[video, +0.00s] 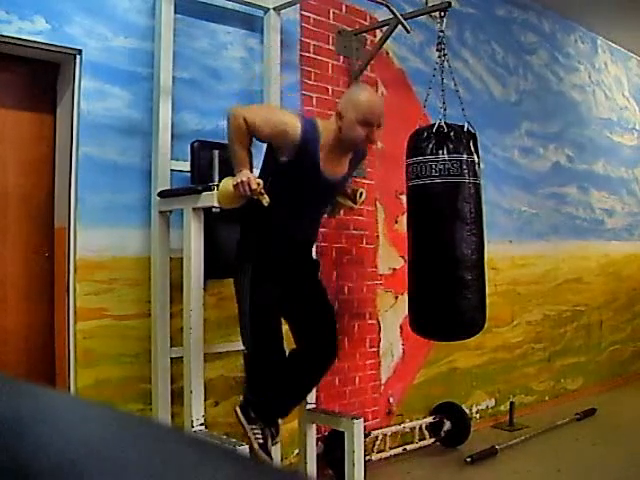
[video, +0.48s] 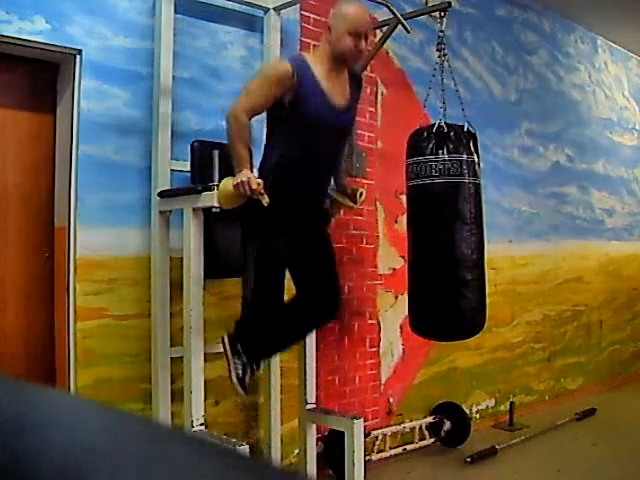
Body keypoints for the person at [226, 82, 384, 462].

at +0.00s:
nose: (373, 137)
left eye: (378, 127)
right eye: (366, 125)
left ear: (380, 124)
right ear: (340, 116)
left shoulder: (354, 153)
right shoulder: (297, 133)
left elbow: (322, 177)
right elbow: (240, 117)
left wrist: (339, 194)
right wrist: (243, 171)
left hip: (298, 259)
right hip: (259, 256)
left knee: (322, 345)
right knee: (264, 348)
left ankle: (259, 411)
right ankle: (265, 424)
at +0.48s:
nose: (364, 47)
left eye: (368, 39)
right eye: (357, 37)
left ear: (368, 42)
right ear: (331, 33)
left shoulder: (353, 80)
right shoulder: (289, 71)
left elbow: (337, 135)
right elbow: (238, 112)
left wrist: (341, 179)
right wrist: (243, 169)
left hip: (309, 208)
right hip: (269, 204)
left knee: (323, 301)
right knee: (262, 299)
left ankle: (247, 346)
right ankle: (248, 355)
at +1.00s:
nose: (373, 128)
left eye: (377, 118)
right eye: (365, 117)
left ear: (379, 116)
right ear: (339, 108)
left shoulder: (354, 150)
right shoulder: (296, 128)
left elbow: (318, 180)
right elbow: (238, 119)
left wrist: (339, 192)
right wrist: (244, 172)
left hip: (296, 256)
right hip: (258, 252)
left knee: (320, 339)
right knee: (261, 344)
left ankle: (255, 406)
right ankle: (261, 428)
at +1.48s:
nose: (367, 52)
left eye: (371, 43)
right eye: (361, 41)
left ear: (369, 45)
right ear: (335, 37)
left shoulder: (354, 83)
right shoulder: (289, 78)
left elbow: (334, 140)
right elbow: (237, 114)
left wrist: (339, 181)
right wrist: (243, 169)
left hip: (307, 210)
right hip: (268, 206)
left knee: (321, 300)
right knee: (261, 299)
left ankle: (245, 342)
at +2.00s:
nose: (366, 116)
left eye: (370, 108)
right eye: (360, 105)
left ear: (371, 108)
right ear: (335, 97)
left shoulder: (351, 143)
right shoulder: (292, 120)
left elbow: (319, 172)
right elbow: (235, 119)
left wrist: (341, 188)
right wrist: (243, 170)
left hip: (298, 251)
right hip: (258, 244)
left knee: (322, 337)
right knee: (260, 338)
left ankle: (261, 401)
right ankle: (262, 409)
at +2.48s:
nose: (364, 65)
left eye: (369, 56)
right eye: (358, 54)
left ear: (369, 57)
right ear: (333, 48)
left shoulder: (357, 94)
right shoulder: (292, 86)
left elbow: (327, 148)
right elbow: (236, 115)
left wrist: (337, 184)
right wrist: (244, 170)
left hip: (309, 221)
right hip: (269, 218)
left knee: (330, 312)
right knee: (267, 319)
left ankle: (257, 361)